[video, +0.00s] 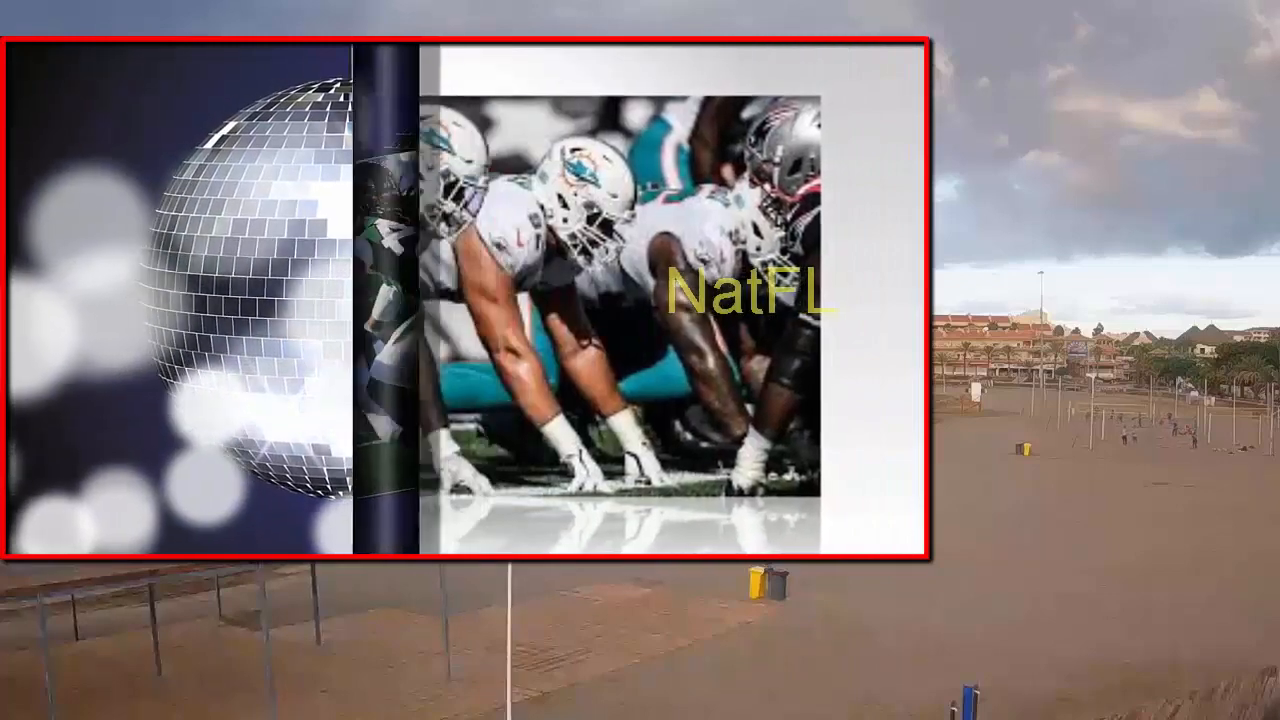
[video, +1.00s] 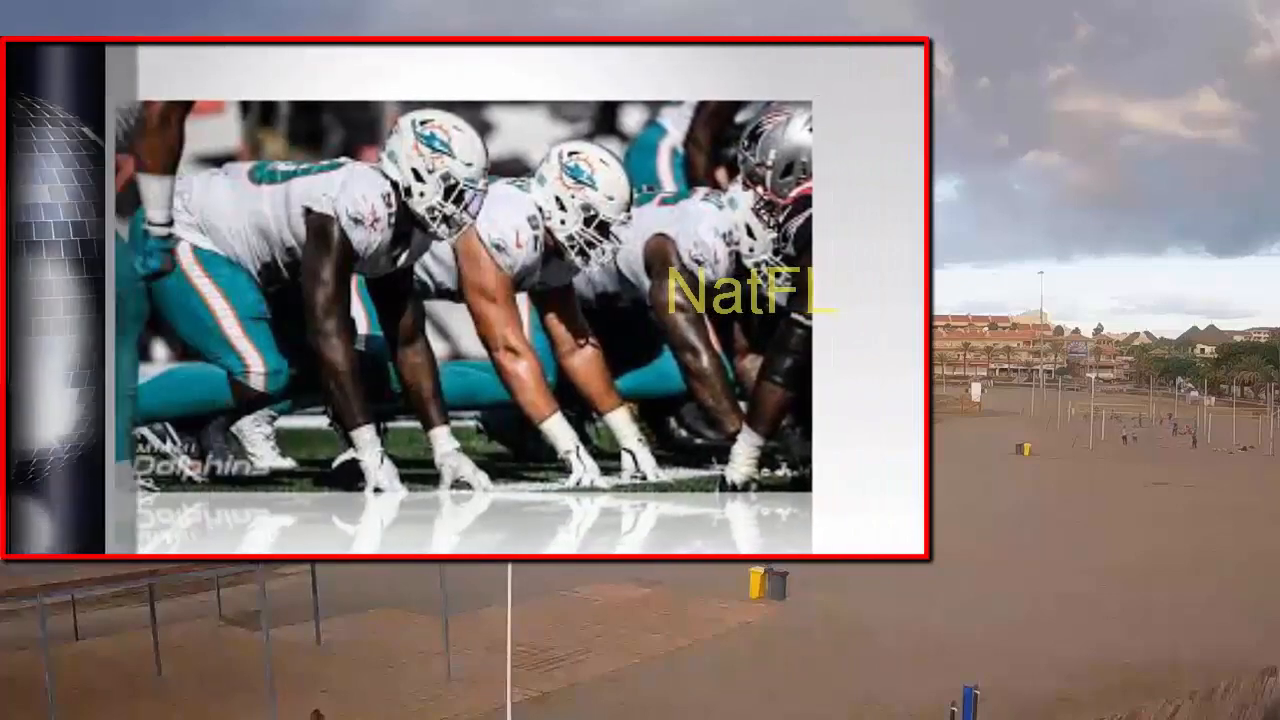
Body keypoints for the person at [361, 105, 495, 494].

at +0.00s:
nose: (457, 211)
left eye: (466, 194)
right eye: (451, 190)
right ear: (421, 179)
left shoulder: (396, 243)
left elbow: (413, 346)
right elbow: (404, 347)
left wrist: (442, 447)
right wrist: (441, 447)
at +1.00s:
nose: (457, 201)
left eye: (466, 190)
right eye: (449, 183)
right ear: (413, 164)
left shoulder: (399, 226)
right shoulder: (352, 202)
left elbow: (410, 340)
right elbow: (327, 332)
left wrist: (445, 447)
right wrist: (369, 449)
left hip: (247, 251)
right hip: (188, 235)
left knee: (312, 366)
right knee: (259, 374)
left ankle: (191, 426)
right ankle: (110, 412)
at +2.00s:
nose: (459, 204)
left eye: (467, 192)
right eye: (451, 186)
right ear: (416, 168)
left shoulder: (400, 228)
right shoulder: (356, 204)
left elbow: (411, 339)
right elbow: (330, 331)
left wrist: (445, 443)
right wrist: (371, 446)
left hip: (251, 254)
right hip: (196, 238)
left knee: (310, 364)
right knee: (265, 371)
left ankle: (191, 423)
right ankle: (112, 411)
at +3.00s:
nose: (459, 206)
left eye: (467, 195)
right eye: (452, 189)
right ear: (419, 170)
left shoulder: (401, 229)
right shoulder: (360, 204)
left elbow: (413, 339)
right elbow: (332, 328)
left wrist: (446, 440)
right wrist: (373, 443)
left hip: (255, 254)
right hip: (202, 239)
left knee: (317, 362)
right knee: (270, 370)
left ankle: (199, 420)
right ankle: (120, 408)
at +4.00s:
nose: (459, 210)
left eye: (466, 198)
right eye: (452, 193)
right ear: (420, 177)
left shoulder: (403, 230)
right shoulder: (361, 209)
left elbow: (414, 335)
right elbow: (336, 330)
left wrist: (446, 435)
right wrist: (376, 439)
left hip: (262, 256)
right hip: (209, 240)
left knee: (321, 364)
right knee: (276, 368)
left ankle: (211, 415)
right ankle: (132, 404)